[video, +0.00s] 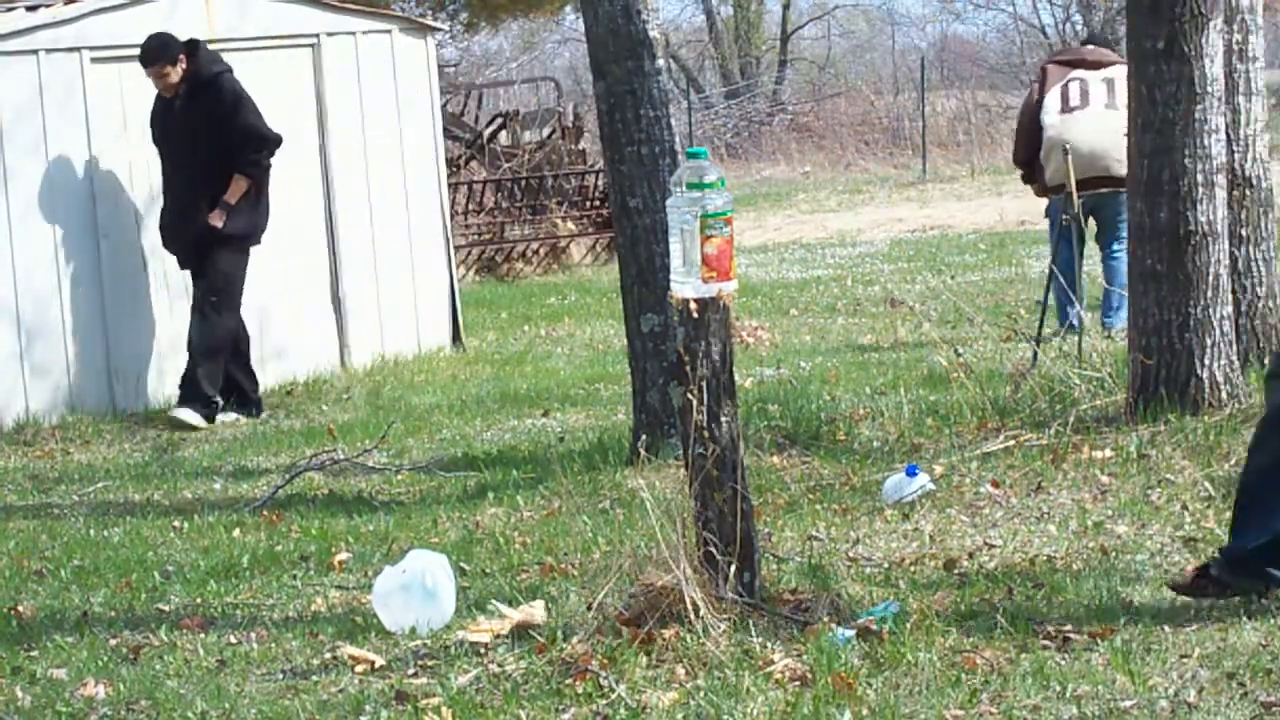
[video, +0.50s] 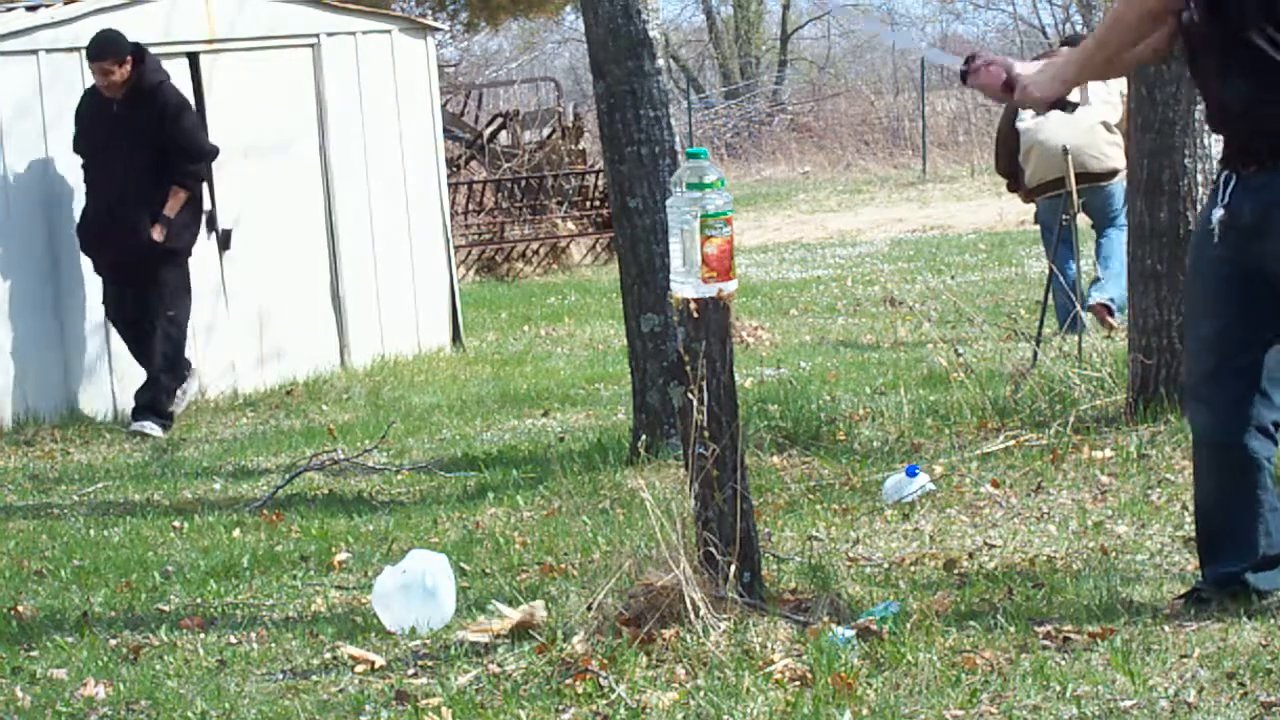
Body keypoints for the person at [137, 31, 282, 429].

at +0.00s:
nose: (159, 84)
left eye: (164, 75)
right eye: (153, 77)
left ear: (181, 62)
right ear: (148, 73)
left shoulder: (219, 86)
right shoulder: (163, 108)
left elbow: (259, 145)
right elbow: (175, 166)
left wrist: (225, 205)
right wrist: (172, 214)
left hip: (229, 218)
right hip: (191, 219)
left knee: (212, 306)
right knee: (218, 309)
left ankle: (198, 403)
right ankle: (243, 399)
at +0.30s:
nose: (124, 88)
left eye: (130, 79)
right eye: (117, 81)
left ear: (148, 66)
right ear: (112, 76)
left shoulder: (180, 98)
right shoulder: (121, 108)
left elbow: (213, 164)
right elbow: (128, 171)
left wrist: (178, 223)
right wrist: (125, 222)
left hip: (187, 227)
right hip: (145, 228)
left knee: (173, 318)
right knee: (183, 315)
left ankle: (153, 415)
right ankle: (238, 398)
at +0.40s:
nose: (113, 85)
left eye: (120, 77)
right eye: (107, 78)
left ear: (138, 65)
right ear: (99, 72)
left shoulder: (173, 100)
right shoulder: (104, 106)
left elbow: (199, 165)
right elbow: (110, 168)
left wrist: (169, 221)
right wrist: (104, 218)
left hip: (173, 229)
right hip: (125, 230)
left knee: (171, 319)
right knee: (147, 319)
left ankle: (153, 414)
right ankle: (211, 377)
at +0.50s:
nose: (102, 80)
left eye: (109, 72)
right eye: (96, 72)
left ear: (129, 64)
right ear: (89, 69)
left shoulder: (161, 96)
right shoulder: (90, 103)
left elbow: (195, 160)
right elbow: (91, 166)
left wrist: (163, 222)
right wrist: (93, 216)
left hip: (160, 231)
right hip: (112, 231)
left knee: (163, 317)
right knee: (123, 314)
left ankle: (152, 414)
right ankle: (178, 375)